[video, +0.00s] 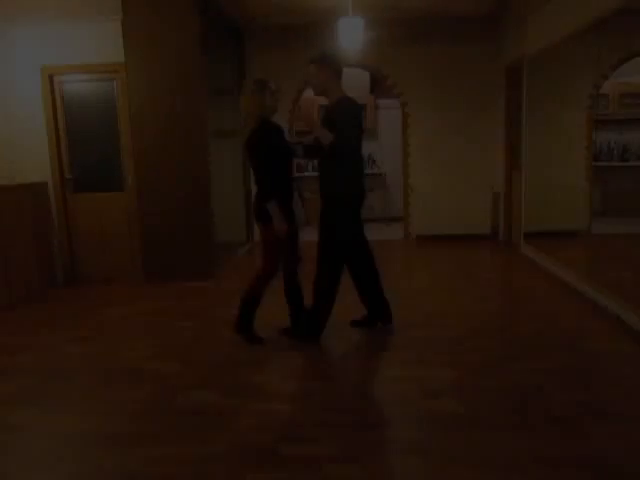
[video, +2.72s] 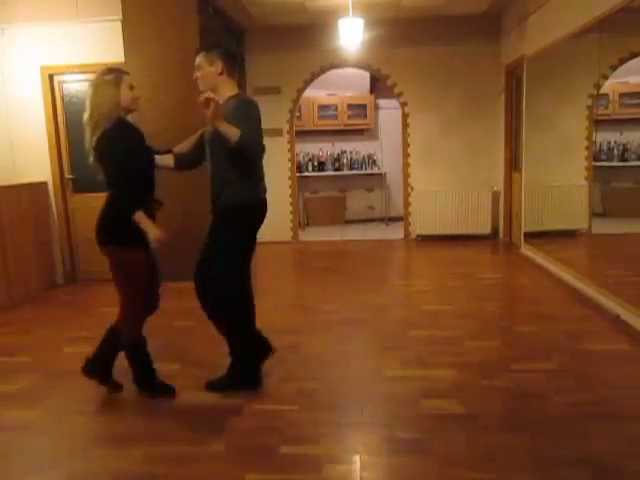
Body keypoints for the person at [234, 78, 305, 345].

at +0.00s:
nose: (276, 101)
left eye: (274, 96)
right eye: (271, 96)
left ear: (260, 100)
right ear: (260, 100)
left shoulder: (270, 131)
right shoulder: (263, 133)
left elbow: (281, 172)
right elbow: (268, 179)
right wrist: (276, 214)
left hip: (282, 205)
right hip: (271, 207)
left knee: (289, 264)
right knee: (271, 265)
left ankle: (298, 318)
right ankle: (244, 320)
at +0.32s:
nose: (250, 98)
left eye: (248, 93)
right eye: (245, 93)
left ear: (236, 98)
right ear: (232, 99)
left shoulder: (241, 129)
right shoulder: (234, 132)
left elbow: (261, 152)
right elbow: (239, 178)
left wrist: (287, 149)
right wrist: (253, 212)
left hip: (247, 202)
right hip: (239, 205)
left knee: (268, 260)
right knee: (243, 264)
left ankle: (247, 313)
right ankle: (240, 324)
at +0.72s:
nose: (227, 97)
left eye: (225, 93)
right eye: (221, 93)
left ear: (214, 99)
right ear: (207, 98)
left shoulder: (222, 131)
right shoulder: (198, 136)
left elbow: (246, 153)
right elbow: (195, 181)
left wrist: (275, 148)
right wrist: (203, 217)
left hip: (227, 207)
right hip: (214, 209)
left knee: (218, 266)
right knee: (234, 267)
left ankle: (205, 320)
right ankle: (223, 323)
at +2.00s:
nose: (187, 103)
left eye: (187, 98)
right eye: (181, 98)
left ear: (182, 104)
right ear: (166, 103)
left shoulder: (190, 136)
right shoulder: (156, 142)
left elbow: (212, 155)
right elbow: (156, 188)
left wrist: (241, 156)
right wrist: (177, 216)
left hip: (200, 208)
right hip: (174, 213)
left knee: (206, 268)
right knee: (181, 270)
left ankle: (191, 324)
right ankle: (183, 325)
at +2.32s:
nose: (170, 97)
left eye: (169, 91)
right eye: (163, 92)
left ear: (161, 97)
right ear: (146, 97)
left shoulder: (167, 131)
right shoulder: (135, 135)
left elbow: (181, 162)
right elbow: (125, 180)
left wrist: (214, 163)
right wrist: (159, 195)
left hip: (184, 212)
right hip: (161, 216)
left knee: (189, 275)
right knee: (170, 286)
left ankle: (189, 328)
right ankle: (155, 365)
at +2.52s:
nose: (153, 93)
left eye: (152, 88)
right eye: (146, 88)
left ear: (138, 93)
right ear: (128, 94)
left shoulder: (143, 127)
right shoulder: (125, 129)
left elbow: (161, 165)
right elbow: (123, 178)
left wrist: (196, 155)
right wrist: (165, 196)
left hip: (152, 221)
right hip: (138, 224)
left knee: (180, 277)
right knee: (155, 290)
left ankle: (143, 330)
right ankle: (148, 371)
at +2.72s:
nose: (136, 93)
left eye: (134, 88)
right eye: (130, 89)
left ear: (119, 95)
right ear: (112, 95)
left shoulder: (128, 133)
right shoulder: (114, 136)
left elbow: (168, 159)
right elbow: (122, 190)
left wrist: (205, 130)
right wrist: (147, 224)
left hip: (130, 224)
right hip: (119, 227)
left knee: (147, 297)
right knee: (134, 301)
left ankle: (100, 361)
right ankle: (145, 378)